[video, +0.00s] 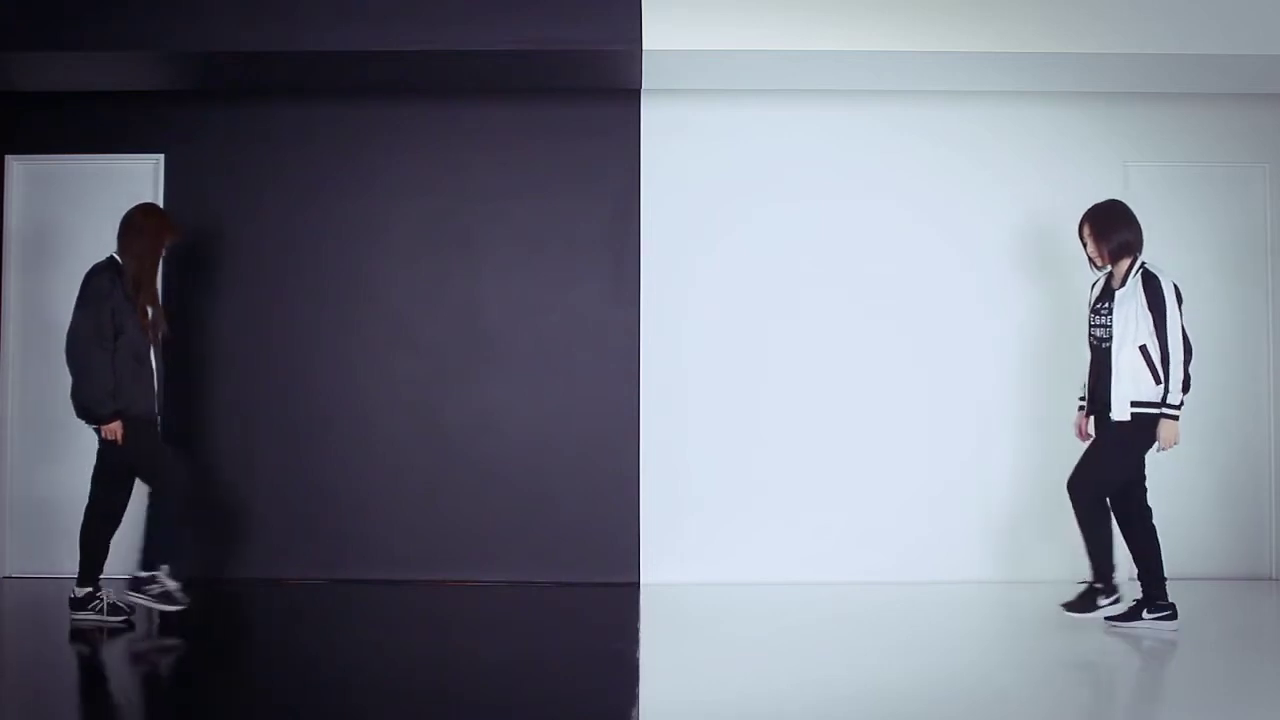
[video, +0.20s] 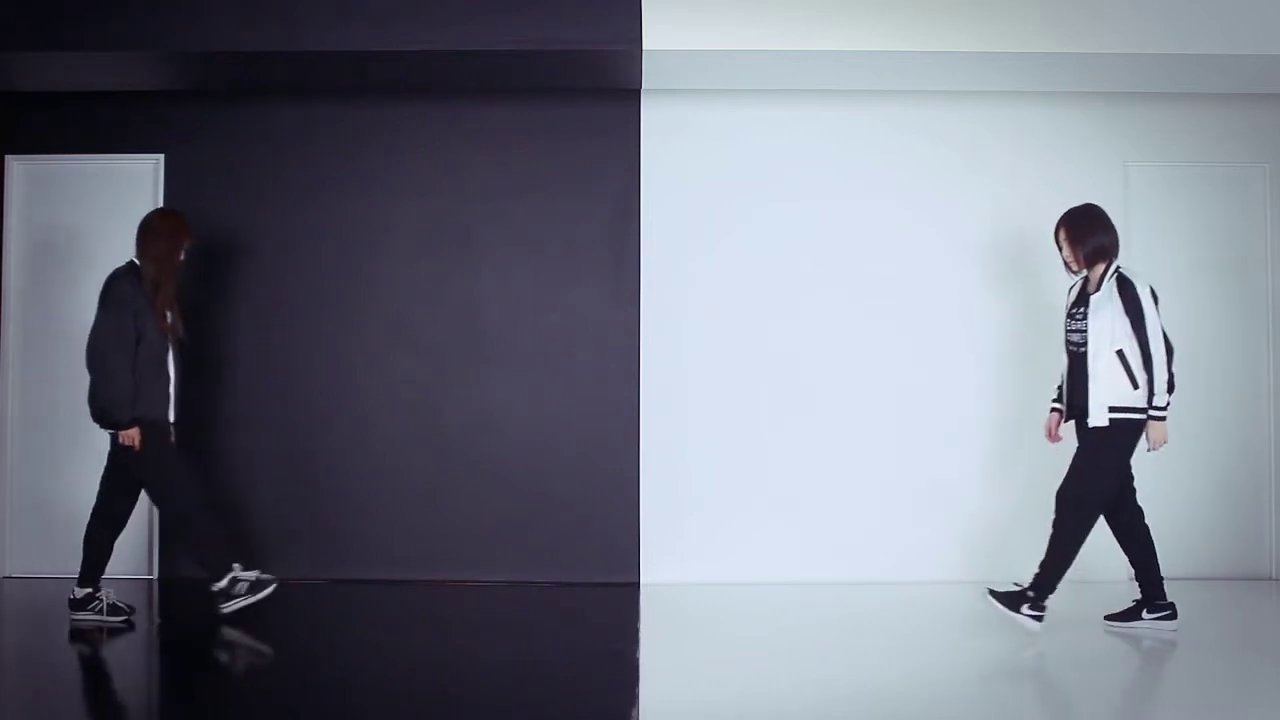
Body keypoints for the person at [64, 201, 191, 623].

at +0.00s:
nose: (162, 255)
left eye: (164, 247)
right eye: (160, 246)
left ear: (136, 240)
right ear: (142, 242)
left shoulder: (132, 282)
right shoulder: (103, 278)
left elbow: (135, 347)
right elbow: (85, 348)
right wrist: (104, 412)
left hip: (136, 415)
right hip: (122, 417)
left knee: (105, 508)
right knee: (173, 481)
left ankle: (86, 593)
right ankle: (151, 573)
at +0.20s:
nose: (183, 258)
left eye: (184, 249)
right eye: (179, 248)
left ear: (154, 243)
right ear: (161, 246)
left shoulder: (155, 287)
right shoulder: (125, 285)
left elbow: (152, 359)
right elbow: (109, 354)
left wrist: (166, 417)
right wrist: (123, 418)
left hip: (150, 422)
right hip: (138, 423)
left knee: (111, 512)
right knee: (183, 499)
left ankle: (85, 594)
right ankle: (225, 581)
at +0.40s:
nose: (214, 263)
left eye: (215, 254)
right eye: (210, 254)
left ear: (188, 250)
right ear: (190, 250)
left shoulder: (185, 294)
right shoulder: (158, 290)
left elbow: (185, 364)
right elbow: (143, 361)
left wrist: (193, 424)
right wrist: (156, 425)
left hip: (180, 427)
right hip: (171, 429)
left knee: (130, 512)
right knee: (205, 511)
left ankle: (89, 590)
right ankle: (244, 587)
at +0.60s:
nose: (253, 257)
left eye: (255, 249)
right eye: (249, 248)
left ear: (226, 247)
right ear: (229, 246)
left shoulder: (232, 288)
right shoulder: (199, 287)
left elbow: (238, 360)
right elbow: (194, 358)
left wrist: (251, 414)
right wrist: (209, 416)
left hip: (241, 420)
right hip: (220, 423)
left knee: (197, 501)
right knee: (239, 504)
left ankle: (131, 565)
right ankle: (253, 590)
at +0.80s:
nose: (291, 253)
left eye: (292, 245)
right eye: (288, 244)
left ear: (259, 238)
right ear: (272, 241)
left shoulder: (261, 281)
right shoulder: (240, 281)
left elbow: (271, 352)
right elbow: (240, 351)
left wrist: (289, 408)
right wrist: (256, 410)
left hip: (279, 413)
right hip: (257, 415)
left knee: (295, 491)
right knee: (258, 497)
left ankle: (233, 546)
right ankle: (256, 591)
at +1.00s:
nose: (325, 253)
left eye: (325, 244)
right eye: (321, 244)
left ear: (291, 237)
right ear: (305, 242)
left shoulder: (295, 281)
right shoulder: (270, 279)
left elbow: (302, 350)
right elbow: (266, 349)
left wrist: (322, 405)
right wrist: (284, 409)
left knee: (349, 479)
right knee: (270, 497)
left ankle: (345, 567)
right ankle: (256, 589)